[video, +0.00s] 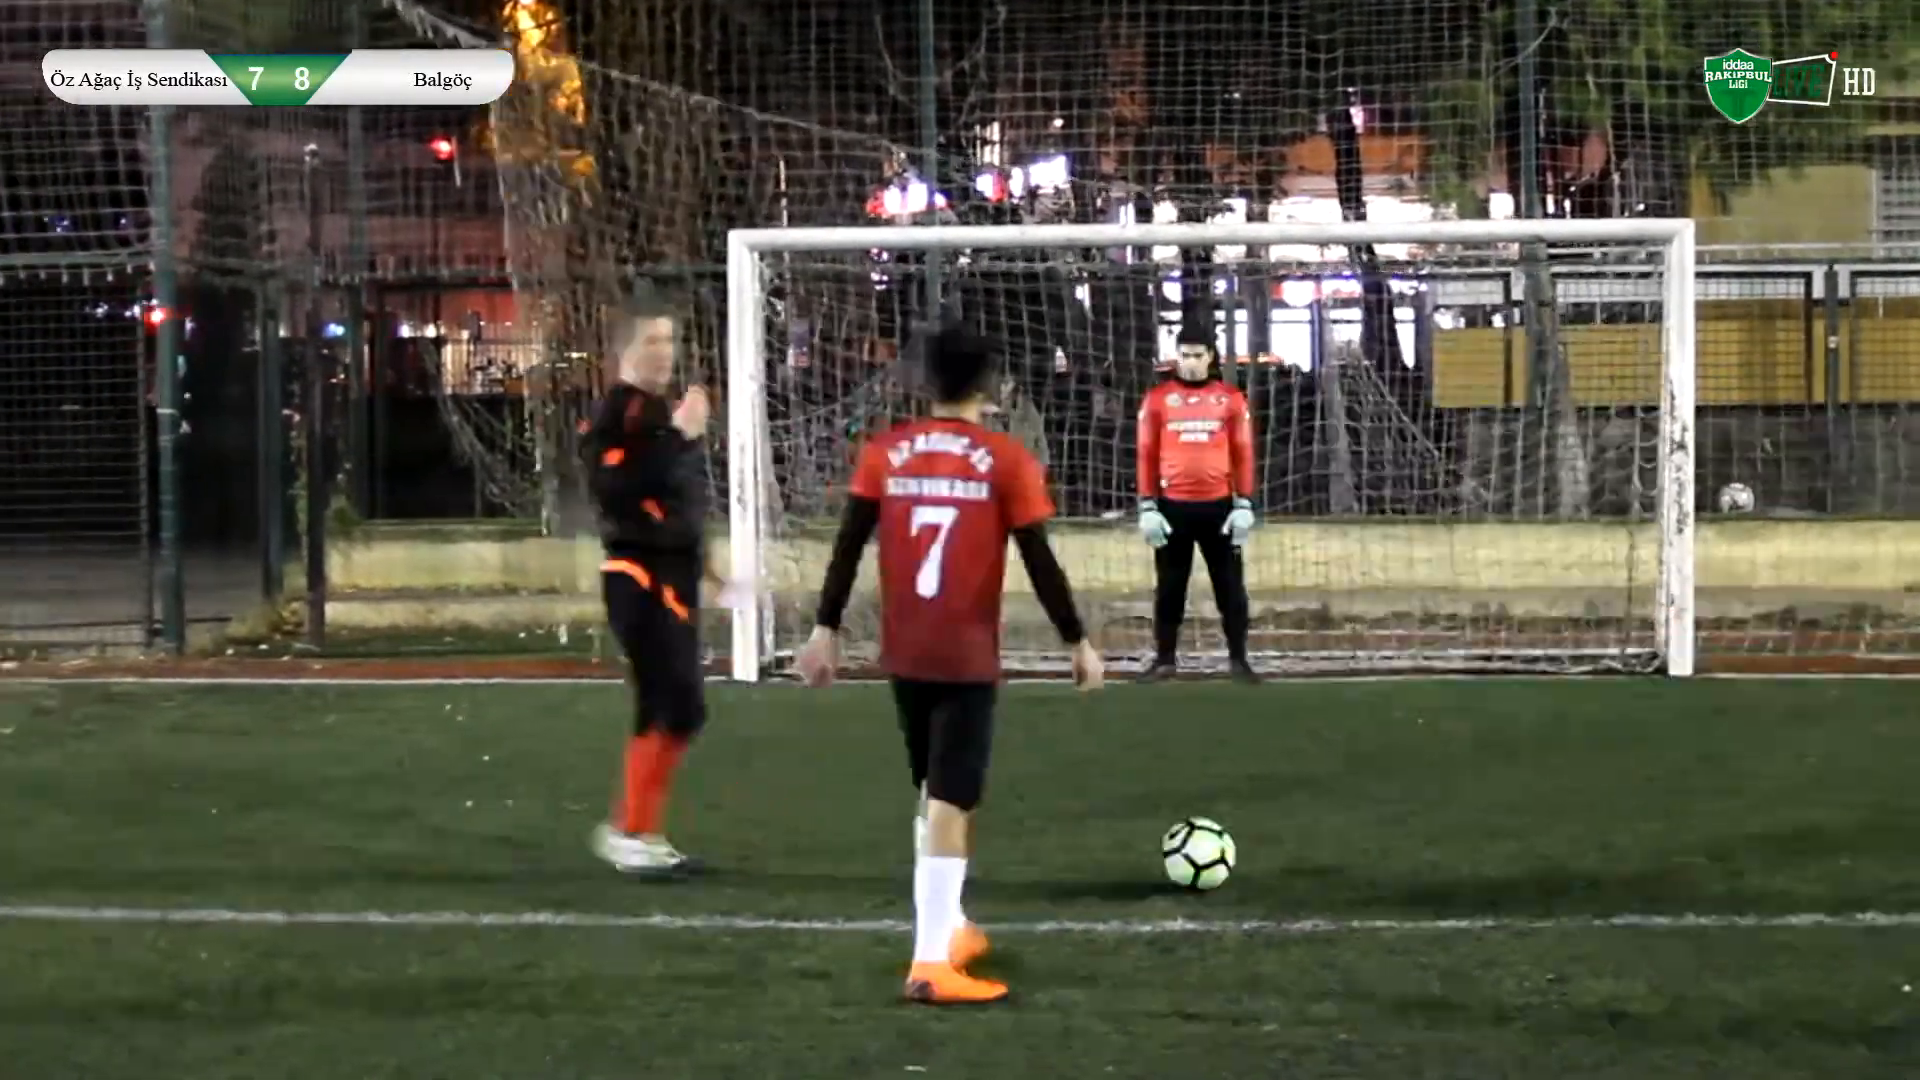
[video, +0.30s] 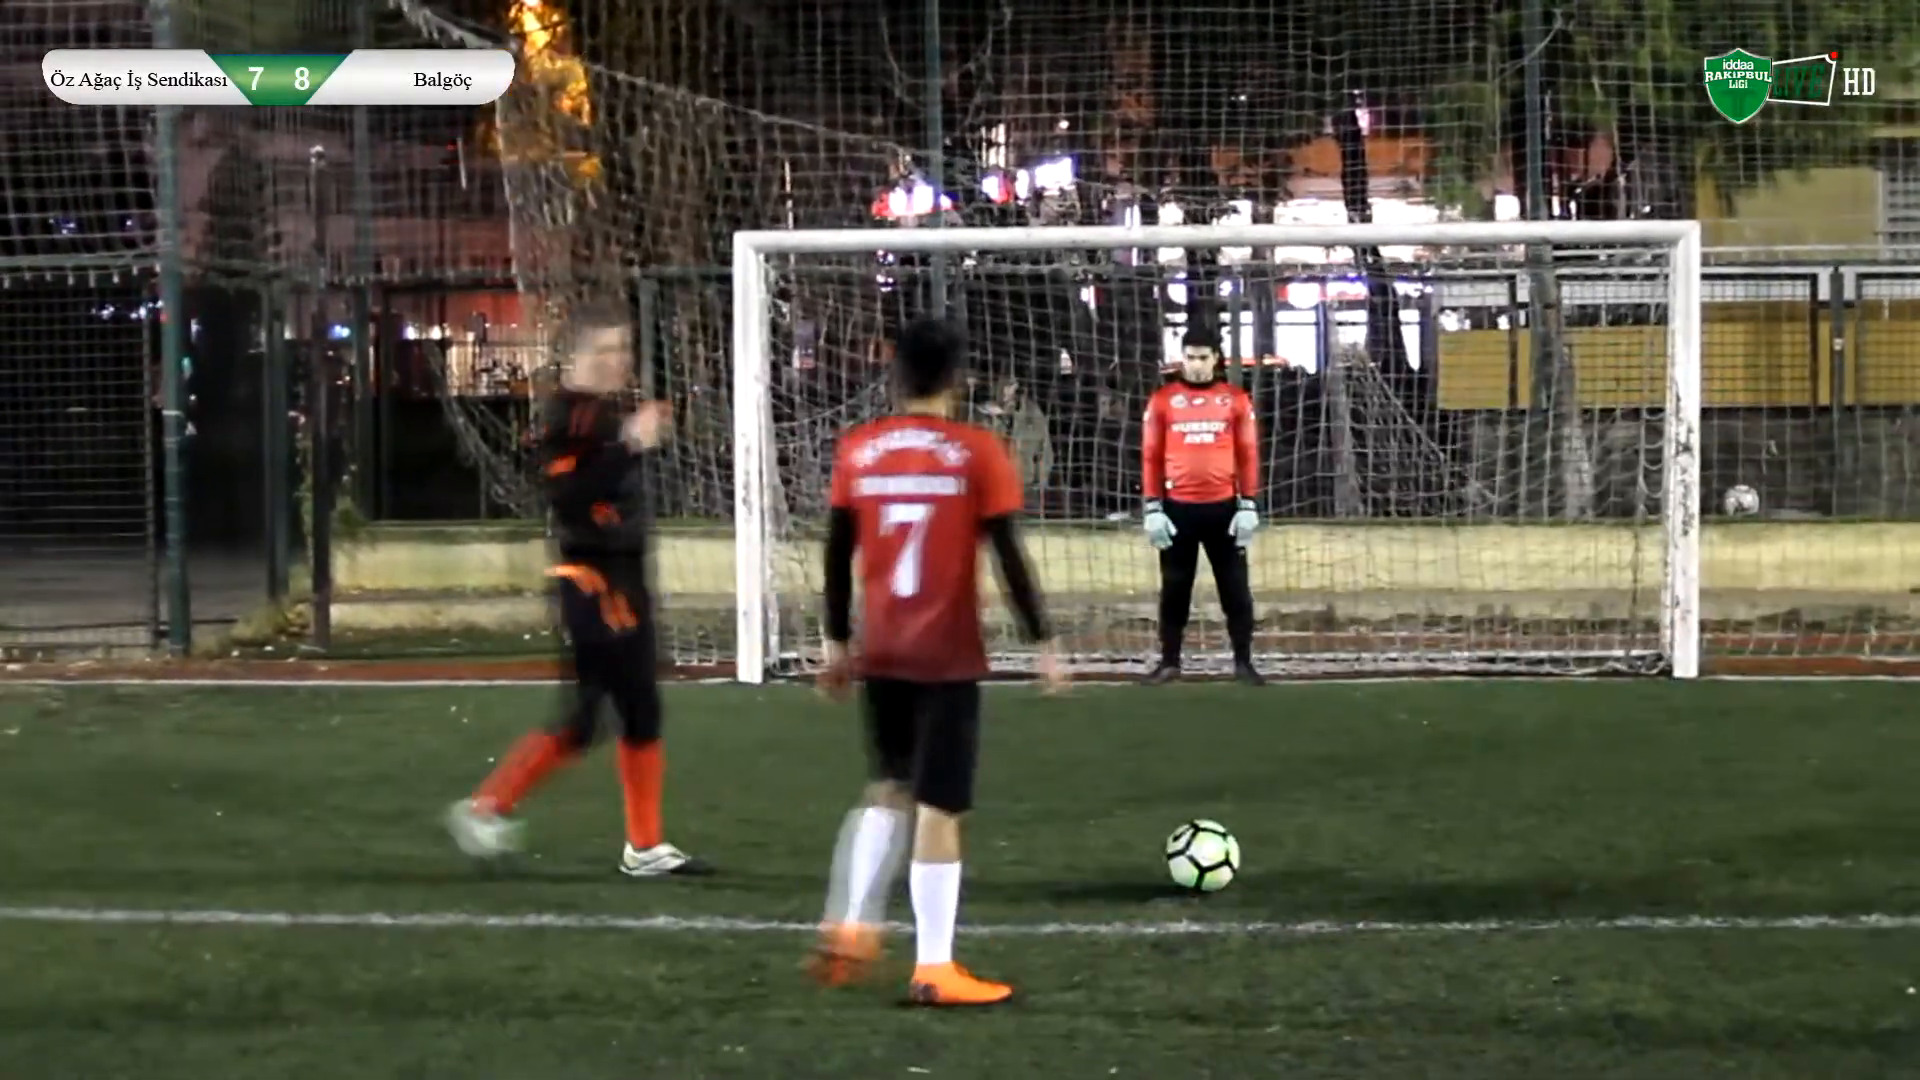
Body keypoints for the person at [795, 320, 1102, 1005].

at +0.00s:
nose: (985, 386)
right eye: (986, 375)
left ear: (926, 380)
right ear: (985, 381)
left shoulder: (886, 449)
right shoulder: (1006, 458)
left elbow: (849, 543)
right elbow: (1040, 562)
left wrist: (825, 627)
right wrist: (1077, 639)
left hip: (904, 651)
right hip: (968, 655)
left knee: (932, 786)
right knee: (952, 800)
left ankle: (946, 924)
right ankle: (930, 957)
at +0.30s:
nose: (959, 381)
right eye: (960, 372)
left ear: (898, 372)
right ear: (957, 376)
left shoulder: (858, 445)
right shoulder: (980, 449)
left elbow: (837, 551)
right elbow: (1008, 554)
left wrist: (836, 637)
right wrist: (1043, 638)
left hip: (878, 648)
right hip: (947, 653)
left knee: (891, 782)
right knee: (940, 805)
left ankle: (849, 926)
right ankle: (934, 963)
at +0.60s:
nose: (912, 382)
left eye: (905, 370)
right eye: (910, 373)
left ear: (844, 379)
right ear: (903, 380)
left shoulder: (805, 460)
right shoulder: (922, 460)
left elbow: (819, 541)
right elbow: (938, 562)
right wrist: (971, 656)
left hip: (830, 668)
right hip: (904, 669)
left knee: (812, 803)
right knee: (915, 813)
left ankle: (752, 950)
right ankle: (926, 967)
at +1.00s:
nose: (848, 393)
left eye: (846, 381)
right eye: (847, 383)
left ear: (779, 386)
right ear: (834, 388)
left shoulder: (734, 466)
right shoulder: (845, 466)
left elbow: (735, 542)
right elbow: (850, 572)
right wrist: (868, 674)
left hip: (747, 675)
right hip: (821, 676)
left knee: (743, 820)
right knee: (860, 817)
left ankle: (733, 985)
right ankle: (888, 967)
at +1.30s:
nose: (822, 385)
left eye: (818, 373)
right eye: (819, 375)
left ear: (752, 380)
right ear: (810, 383)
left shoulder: (709, 460)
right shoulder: (821, 462)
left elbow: (697, 571)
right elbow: (823, 574)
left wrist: (722, 634)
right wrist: (840, 676)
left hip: (724, 672)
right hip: (796, 674)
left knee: (730, 819)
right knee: (824, 815)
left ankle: (735, 981)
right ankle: (789, 973)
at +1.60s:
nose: (805, 385)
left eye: (798, 373)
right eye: (803, 376)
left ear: (735, 383)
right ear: (794, 384)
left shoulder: (694, 463)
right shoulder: (812, 462)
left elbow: (652, 568)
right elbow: (825, 570)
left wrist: (618, 656)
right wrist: (851, 672)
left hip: (708, 675)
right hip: (779, 676)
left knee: (726, 827)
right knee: (760, 833)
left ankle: (733, 987)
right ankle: (732, 999)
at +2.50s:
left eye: (699, 372)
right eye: (746, 378)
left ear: (691, 382)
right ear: (755, 385)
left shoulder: (643, 460)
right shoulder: (767, 463)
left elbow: (654, 568)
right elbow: (787, 576)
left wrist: (708, 614)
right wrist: (817, 671)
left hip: (665, 677)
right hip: (742, 680)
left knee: (673, 825)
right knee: (753, 835)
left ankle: (664, 1001)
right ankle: (734, 997)